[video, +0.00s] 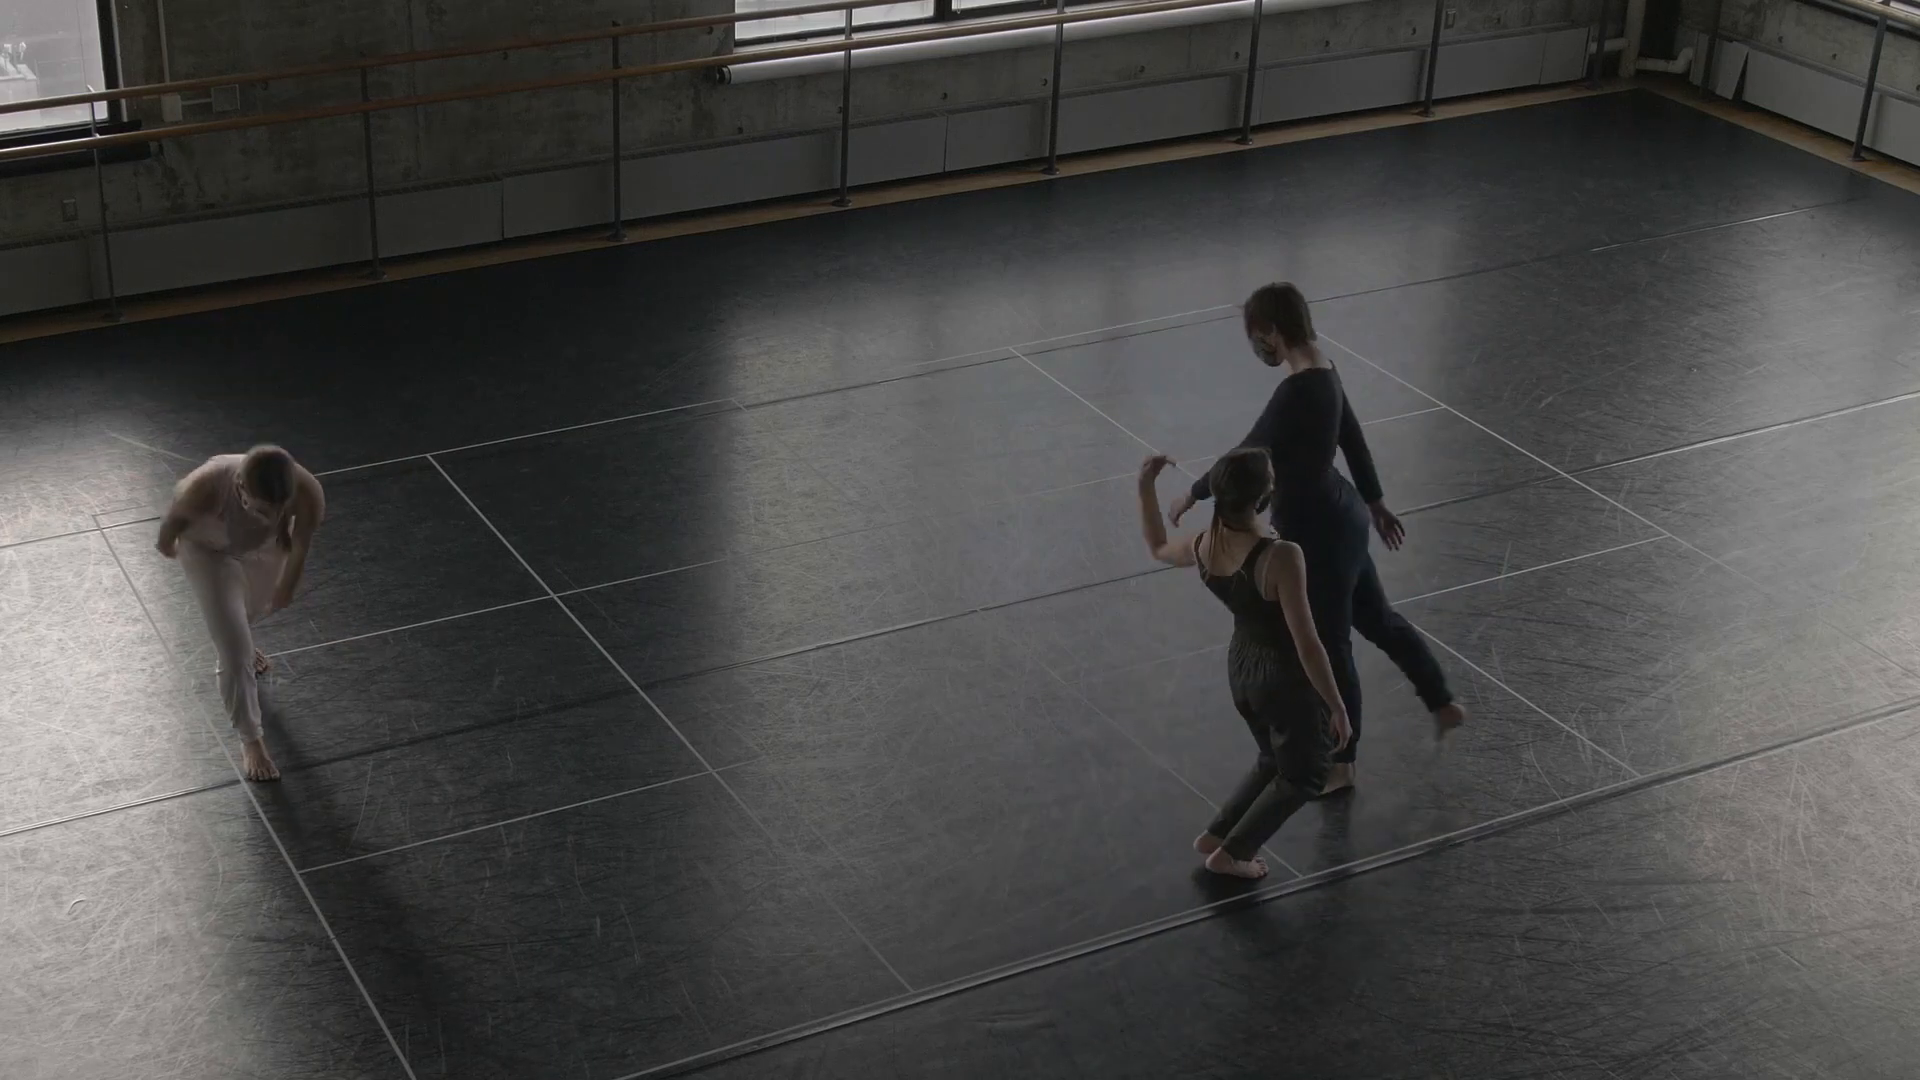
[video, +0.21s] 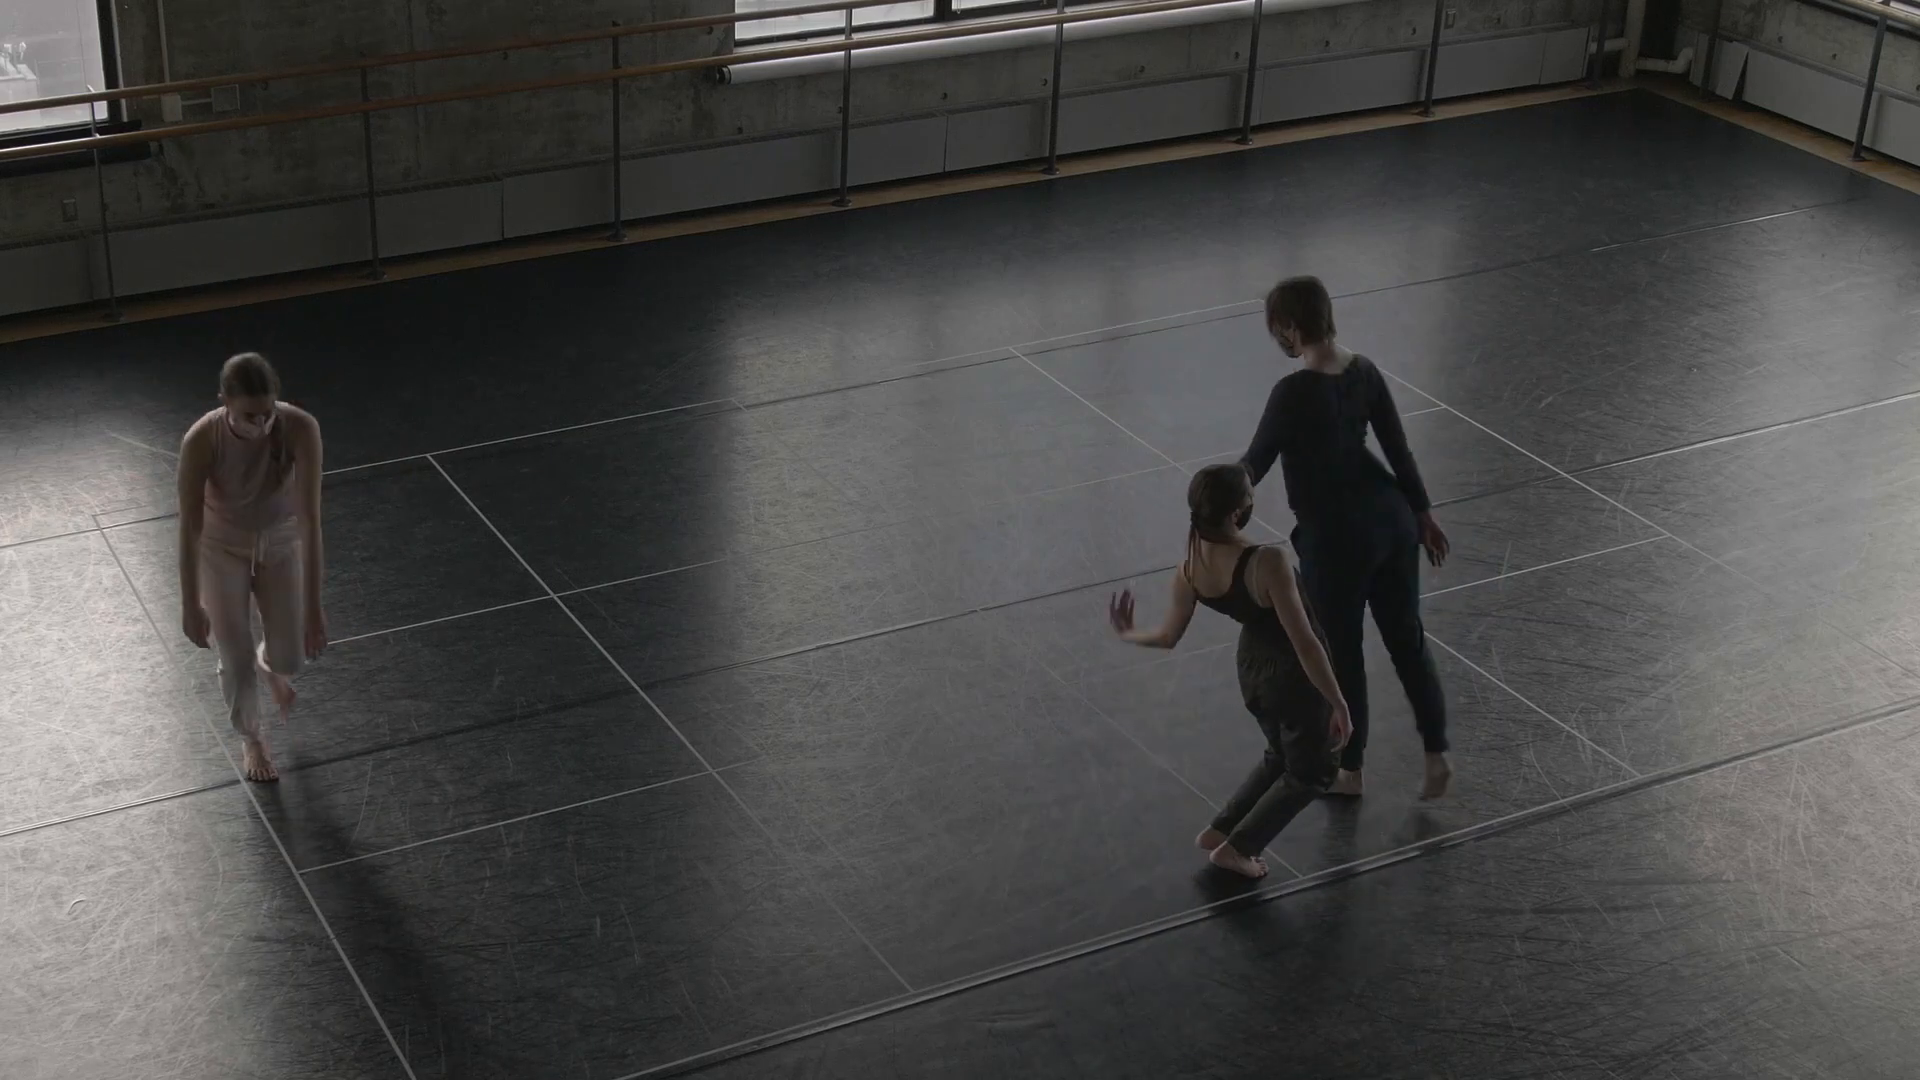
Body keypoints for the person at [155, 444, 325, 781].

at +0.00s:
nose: (268, 515)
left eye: (275, 508)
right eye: (260, 509)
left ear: (288, 492)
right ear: (241, 488)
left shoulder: (306, 491)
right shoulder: (208, 483)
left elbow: (301, 545)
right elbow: (175, 518)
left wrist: (287, 588)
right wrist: (166, 545)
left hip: (265, 547)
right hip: (210, 549)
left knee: (255, 604)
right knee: (236, 644)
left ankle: (243, 646)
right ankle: (251, 741)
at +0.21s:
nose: (259, 424)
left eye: (266, 414)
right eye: (249, 417)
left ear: (276, 401)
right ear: (226, 405)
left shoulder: (300, 430)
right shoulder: (200, 441)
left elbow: (310, 519)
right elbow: (189, 526)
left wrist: (315, 606)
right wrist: (189, 605)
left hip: (283, 542)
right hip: (221, 548)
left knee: (290, 658)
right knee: (240, 660)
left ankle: (267, 662)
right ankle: (251, 741)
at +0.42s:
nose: (265, 369)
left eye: (272, 357)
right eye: (253, 360)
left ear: (283, 347)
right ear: (229, 351)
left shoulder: (302, 380)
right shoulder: (207, 406)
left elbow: (340, 397)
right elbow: (191, 496)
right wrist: (193, 580)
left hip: (302, 528)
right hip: (235, 532)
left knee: (314, 658)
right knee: (253, 655)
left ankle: (321, 775)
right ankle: (257, 737)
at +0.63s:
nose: (278, 357)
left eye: (286, 346)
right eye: (268, 347)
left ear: (297, 341)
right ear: (245, 345)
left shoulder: (319, 380)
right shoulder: (221, 405)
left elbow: (397, 348)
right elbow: (196, 488)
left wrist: (395, 306)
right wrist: (176, 566)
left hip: (321, 537)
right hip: (252, 542)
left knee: (322, 664)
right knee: (264, 667)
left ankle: (322, 779)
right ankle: (254, 763)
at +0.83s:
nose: (291, 358)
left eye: (299, 347)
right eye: (280, 350)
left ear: (313, 346)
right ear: (260, 351)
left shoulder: (335, 386)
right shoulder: (232, 413)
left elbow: (416, 344)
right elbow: (209, 487)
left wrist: (403, 282)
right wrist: (184, 553)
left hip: (331, 548)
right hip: (261, 555)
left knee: (326, 679)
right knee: (280, 687)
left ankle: (322, 780)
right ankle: (279, 802)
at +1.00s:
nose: (310, 366)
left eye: (318, 356)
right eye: (299, 357)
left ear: (326, 353)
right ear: (273, 354)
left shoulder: (341, 394)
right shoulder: (240, 418)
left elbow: (420, 366)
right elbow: (206, 497)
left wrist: (410, 308)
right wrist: (181, 567)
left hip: (333, 557)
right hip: (263, 562)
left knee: (332, 693)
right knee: (285, 693)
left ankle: (321, 777)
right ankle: (286, 805)